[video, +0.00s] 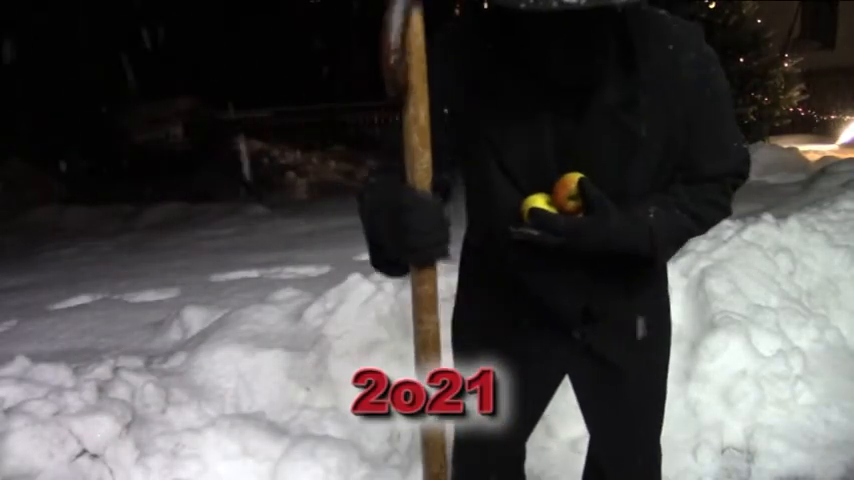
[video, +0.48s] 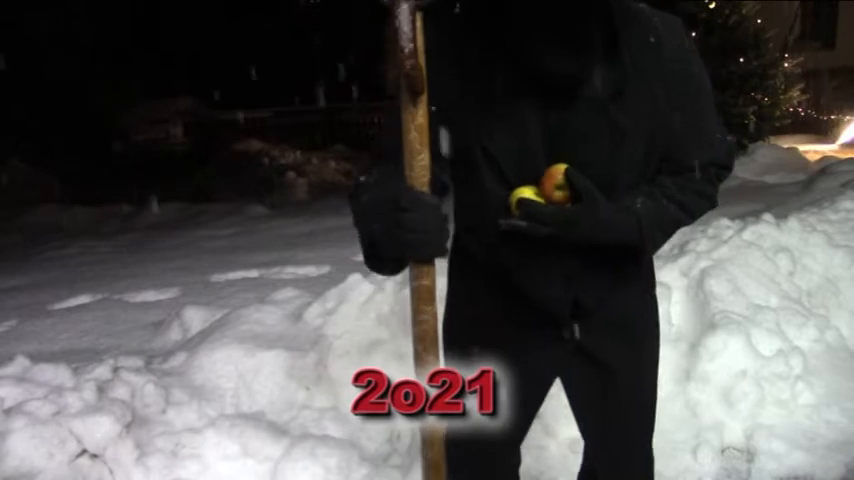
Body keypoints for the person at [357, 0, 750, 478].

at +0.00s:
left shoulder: (668, 48)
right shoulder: (469, 45)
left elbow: (716, 179)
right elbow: (418, 159)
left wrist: (628, 229)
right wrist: (392, 220)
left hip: (623, 298)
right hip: (503, 293)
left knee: (628, 463)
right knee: (484, 457)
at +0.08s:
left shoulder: (667, 57)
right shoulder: (469, 55)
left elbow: (713, 188)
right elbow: (420, 169)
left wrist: (624, 236)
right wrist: (402, 242)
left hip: (624, 307)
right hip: (504, 302)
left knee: (628, 461)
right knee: (483, 457)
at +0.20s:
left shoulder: (659, 56)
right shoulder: (471, 55)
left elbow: (710, 184)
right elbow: (421, 167)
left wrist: (628, 241)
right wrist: (399, 241)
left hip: (620, 309)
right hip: (502, 305)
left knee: (627, 466)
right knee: (480, 462)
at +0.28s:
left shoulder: (663, 57)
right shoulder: (471, 52)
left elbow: (708, 179)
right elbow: (408, 165)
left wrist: (625, 232)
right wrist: (395, 241)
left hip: (618, 305)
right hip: (499, 300)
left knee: (626, 466)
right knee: (479, 462)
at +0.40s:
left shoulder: (658, 47)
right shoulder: (464, 45)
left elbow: (706, 173)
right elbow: (407, 161)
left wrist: (622, 221)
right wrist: (390, 230)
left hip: (615, 302)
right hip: (495, 300)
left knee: (624, 467)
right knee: (477, 464)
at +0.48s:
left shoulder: (653, 41)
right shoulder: (459, 34)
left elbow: (704, 168)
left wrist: (618, 221)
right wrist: (386, 220)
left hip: (613, 295)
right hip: (493, 291)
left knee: (623, 462)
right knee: (476, 460)